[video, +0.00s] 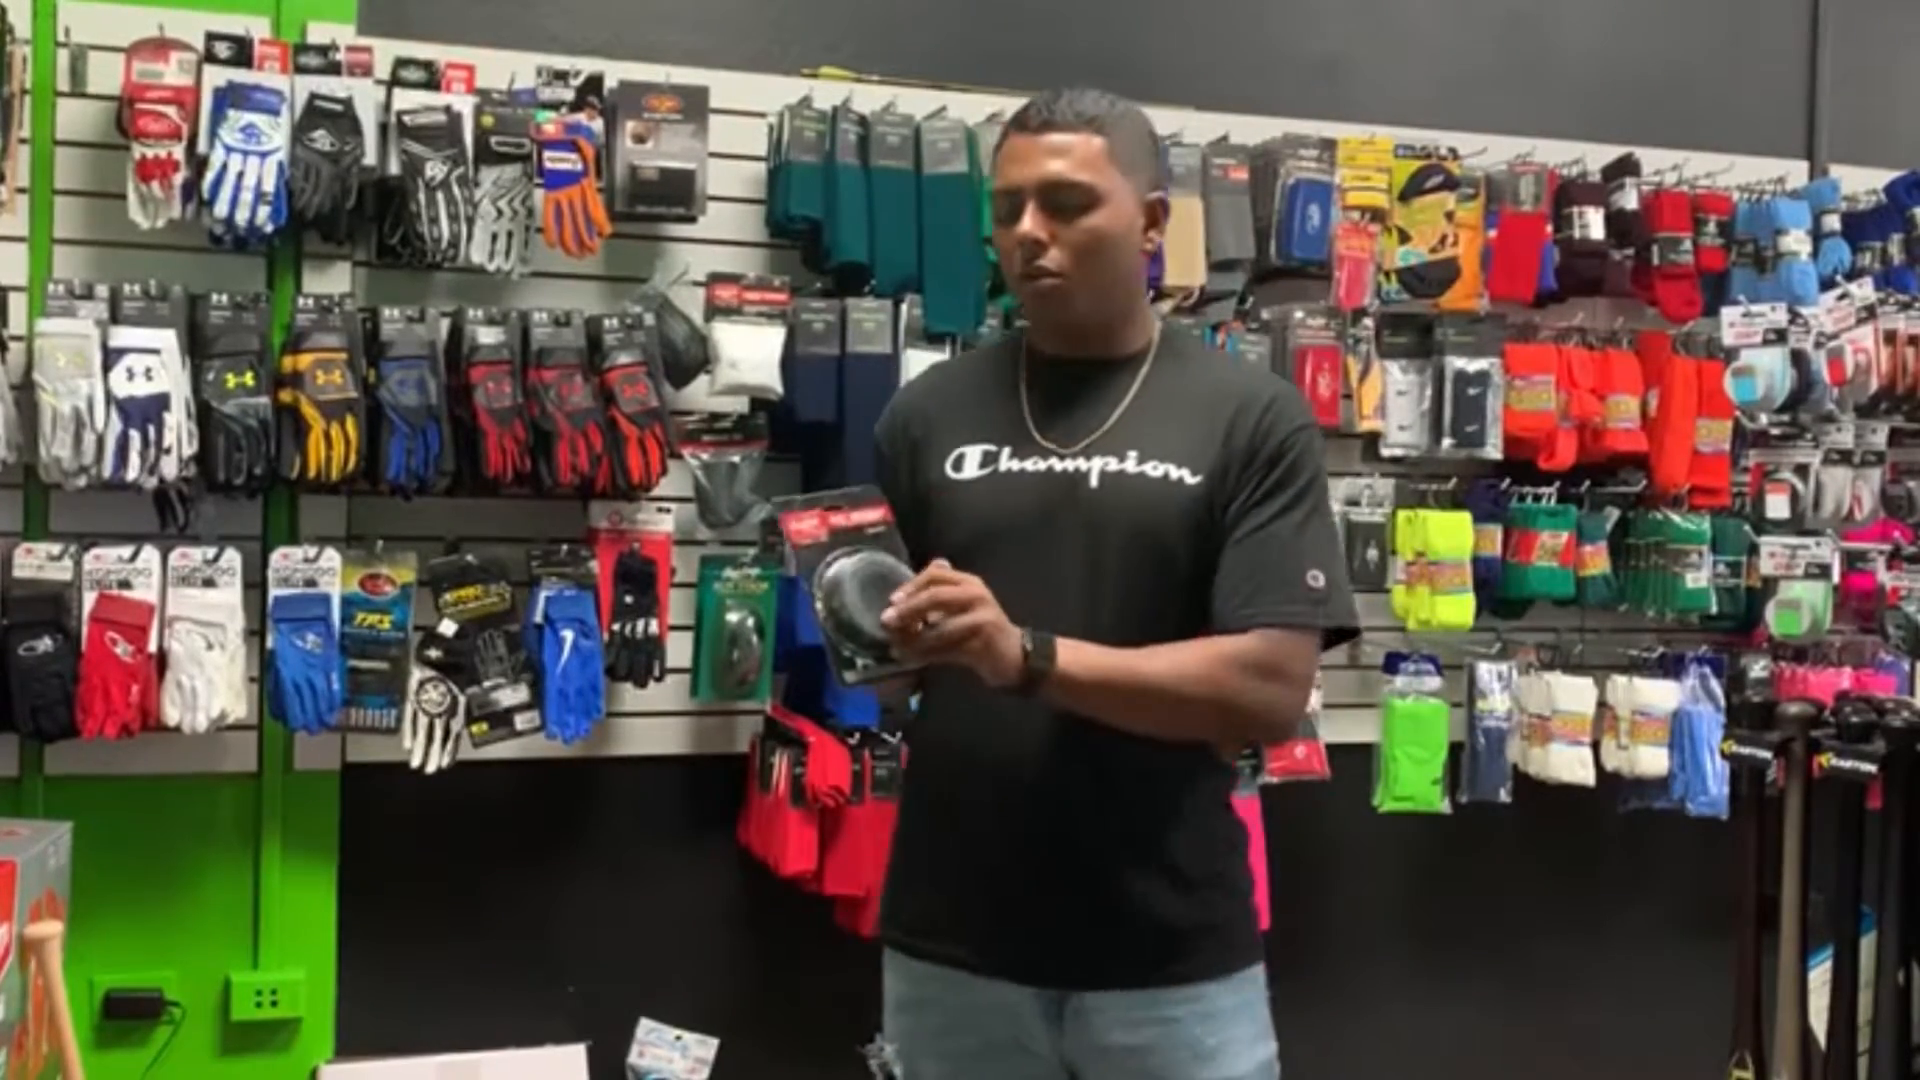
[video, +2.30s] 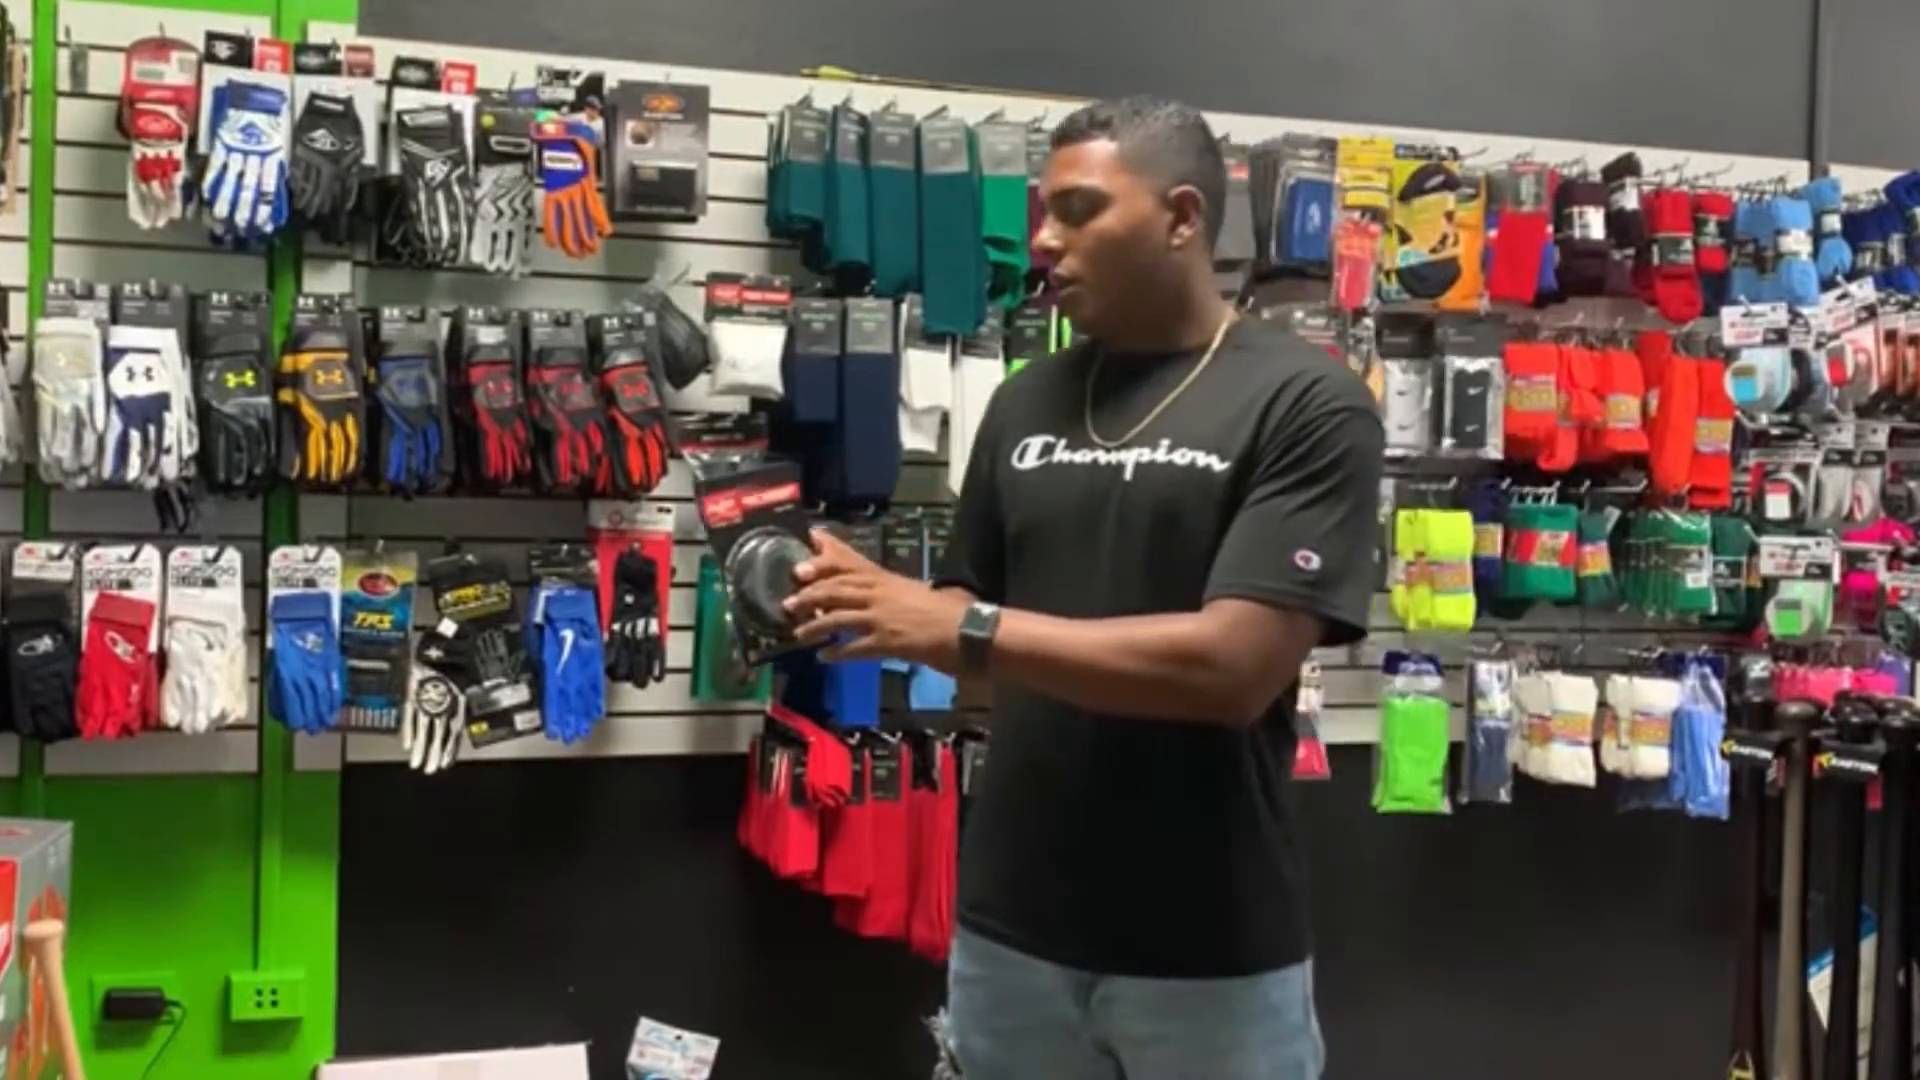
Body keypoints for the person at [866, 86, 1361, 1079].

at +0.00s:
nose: (1028, 234)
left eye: (1067, 203)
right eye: (1009, 207)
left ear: (1152, 220)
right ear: (991, 225)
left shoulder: (1252, 416)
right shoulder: (923, 416)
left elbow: (1272, 686)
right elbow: (889, 666)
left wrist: (1031, 657)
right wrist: (892, 643)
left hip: (1172, 952)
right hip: (955, 946)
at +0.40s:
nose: (1124, 237)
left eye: (1161, 205)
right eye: (1119, 209)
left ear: (1269, 212)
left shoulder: (1391, 407)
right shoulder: (1065, 403)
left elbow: (1377, 687)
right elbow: (1029, 650)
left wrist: (1096, 642)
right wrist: (978, 630)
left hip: (1286, 968)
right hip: (1064, 950)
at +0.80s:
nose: (1236, 233)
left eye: (1275, 199)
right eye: (1234, 203)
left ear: (1391, 211)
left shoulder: (1522, 419)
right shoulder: (1193, 399)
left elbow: (1474, 707)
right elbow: (1146, 629)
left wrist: (1182, 654)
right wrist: (1062, 623)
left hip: (1397, 989)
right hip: (1172, 959)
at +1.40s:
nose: (1270, 225)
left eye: (1309, 192)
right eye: (1271, 194)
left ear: (1422, 209)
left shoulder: (1553, 422)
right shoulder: (1236, 394)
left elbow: (1455, 700)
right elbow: (1169, 607)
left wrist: (1169, 647)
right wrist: (1063, 616)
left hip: (1414, 990)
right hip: (1196, 957)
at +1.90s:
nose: (1163, 225)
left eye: (1200, 191)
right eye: (1166, 195)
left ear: (1308, 208)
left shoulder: (1431, 410)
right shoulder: (1137, 392)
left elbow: (1336, 684)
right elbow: (1079, 626)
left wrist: (1059, 626)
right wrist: (961, 613)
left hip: (1311, 965)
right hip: (1106, 940)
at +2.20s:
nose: (1071, 234)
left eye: (1106, 202)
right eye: (1073, 206)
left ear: (1211, 213)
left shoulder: (1336, 401)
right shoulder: (1047, 401)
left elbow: (1256, 671)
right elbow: (999, 631)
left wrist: (978, 623)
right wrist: (889, 602)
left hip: (1232, 953)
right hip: (1031, 935)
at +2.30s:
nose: (1043, 242)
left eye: (1077, 209)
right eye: (1041, 213)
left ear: (1183, 215)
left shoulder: (1309, 402)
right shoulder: (1021, 405)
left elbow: (1235, 668)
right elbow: (983, 651)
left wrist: (957, 626)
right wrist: (874, 606)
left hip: (1210, 952)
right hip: (1011, 936)